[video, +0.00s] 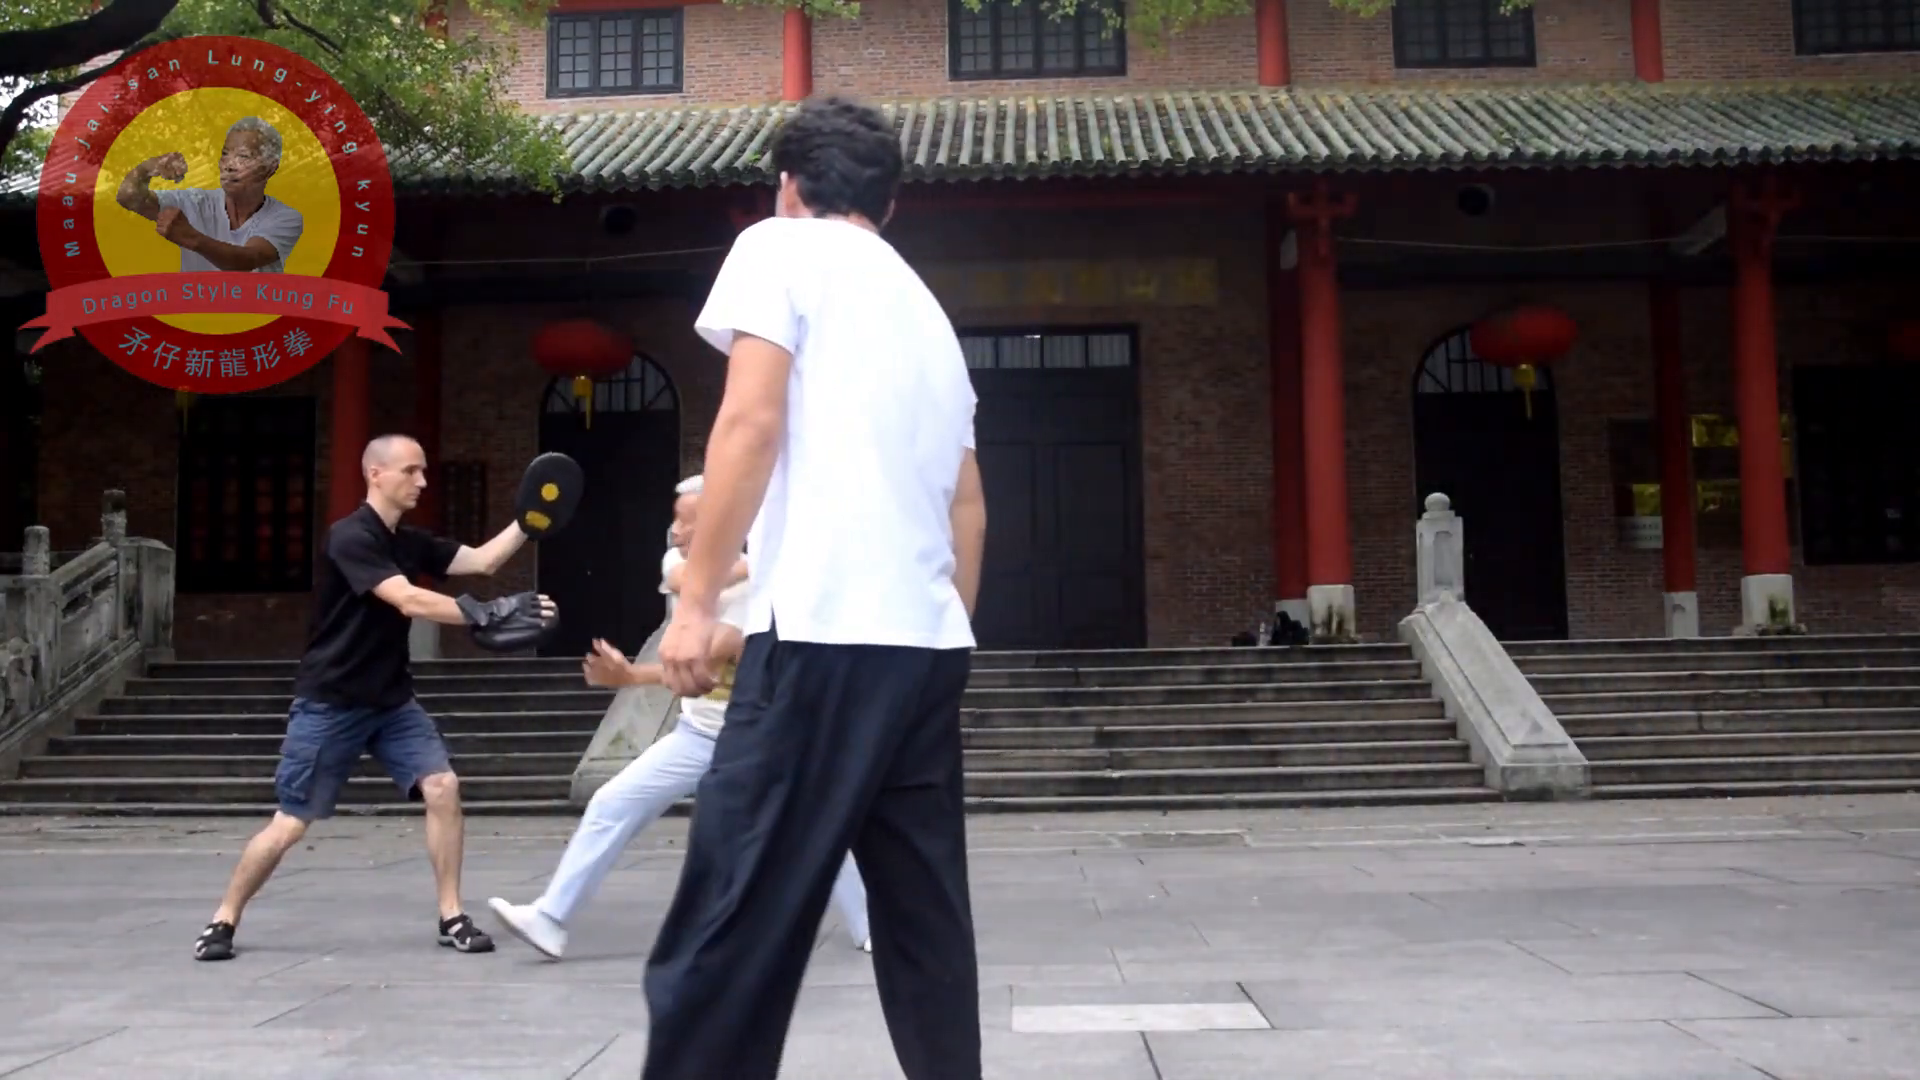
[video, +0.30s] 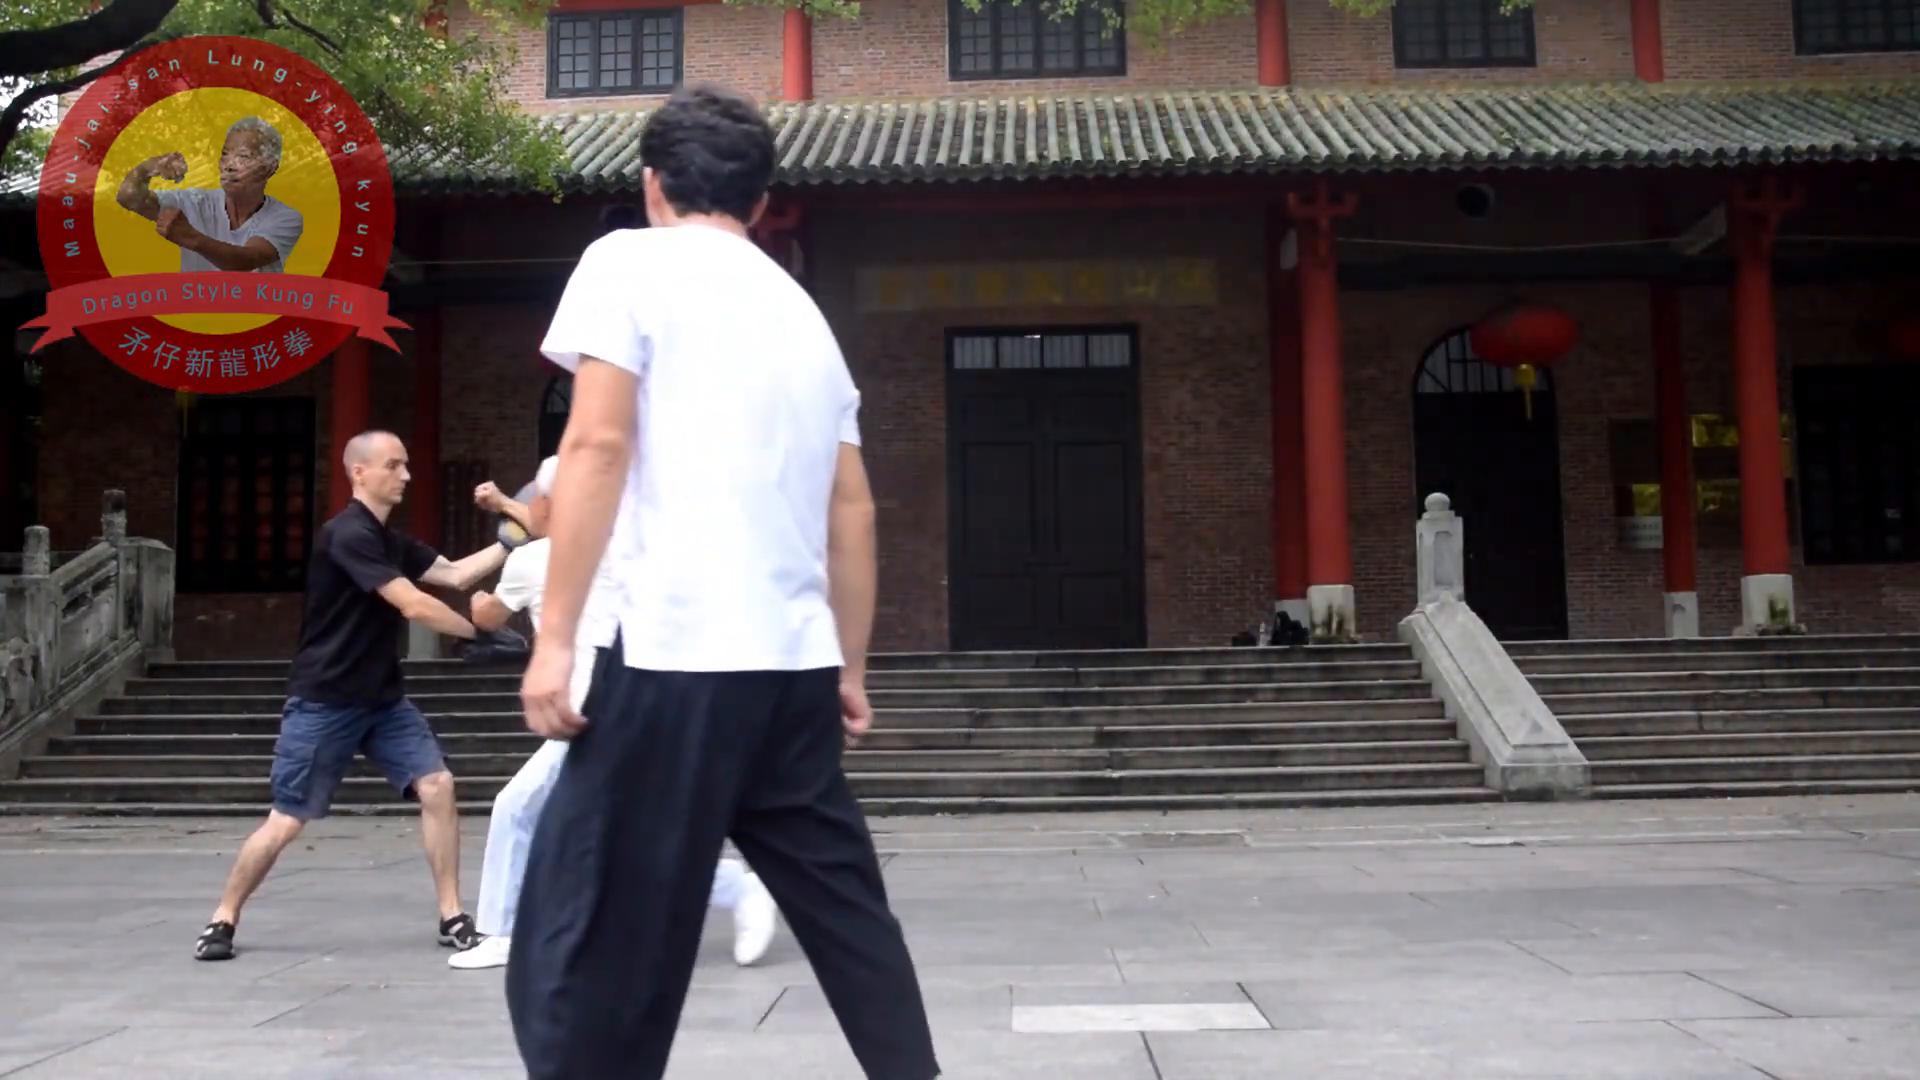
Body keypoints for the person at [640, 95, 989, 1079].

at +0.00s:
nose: (768, 203)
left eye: (769, 190)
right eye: (770, 192)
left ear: (790, 190)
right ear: (886, 202)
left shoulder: (779, 248)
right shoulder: (929, 315)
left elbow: (751, 419)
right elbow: (967, 503)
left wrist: (696, 601)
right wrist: (945, 633)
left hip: (821, 641)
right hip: (929, 648)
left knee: (734, 922)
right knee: (926, 922)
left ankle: (695, 1065)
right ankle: (949, 1071)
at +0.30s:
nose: (637, 190)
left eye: (641, 179)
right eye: (642, 179)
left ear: (654, 185)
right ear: (760, 205)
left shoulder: (626, 262)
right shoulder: (804, 314)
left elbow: (598, 444)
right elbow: (851, 502)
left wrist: (554, 637)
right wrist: (849, 661)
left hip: (666, 671)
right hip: (794, 672)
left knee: (592, 942)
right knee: (851, 922)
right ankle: (911, 1072)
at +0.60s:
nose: (499, 164)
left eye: (500, 152)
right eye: (507, 151)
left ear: (512, 160)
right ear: (620, 169)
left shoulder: (483, 247)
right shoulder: (679, 288)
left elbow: (427, 446)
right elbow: (731, 476)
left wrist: (372, 628)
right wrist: (714, 636)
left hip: (548, 656)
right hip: (672, 651)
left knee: (522, 924)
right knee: (648, 887)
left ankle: (549, 1076)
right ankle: (735, 1064)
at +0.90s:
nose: (420, 184)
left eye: (420, 171)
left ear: (427, 175)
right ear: (538, 179)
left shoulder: (410, 260)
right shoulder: (601, 303)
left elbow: (349, 453)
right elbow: (658, 480)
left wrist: (302, 643)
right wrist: (665, 644)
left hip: (464, 662)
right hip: (587, 661)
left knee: (486, 939)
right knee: (518, 924)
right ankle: (474, 1068)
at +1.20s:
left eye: (350, 191)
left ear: (361, 194)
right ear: (471, 215)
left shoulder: (331, 284)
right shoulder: (514, 337)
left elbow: (285, 453)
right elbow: (557, 505)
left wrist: (232, 637)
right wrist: (551, 667)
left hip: (377, 669)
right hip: (488, 673)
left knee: (405, 933)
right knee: (421, 927)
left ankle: (494, 1069)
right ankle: (379, 1078)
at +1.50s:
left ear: (329, 209)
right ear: (427, 234)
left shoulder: (275, 293)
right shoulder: (459, 348)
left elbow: (221, 451)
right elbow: (495, 521)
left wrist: (163, 614)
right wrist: (469, 663)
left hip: (312, 662)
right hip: (432, 668)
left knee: (263, 886)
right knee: (398, 901)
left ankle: (428, 1064)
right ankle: (386, 1072)